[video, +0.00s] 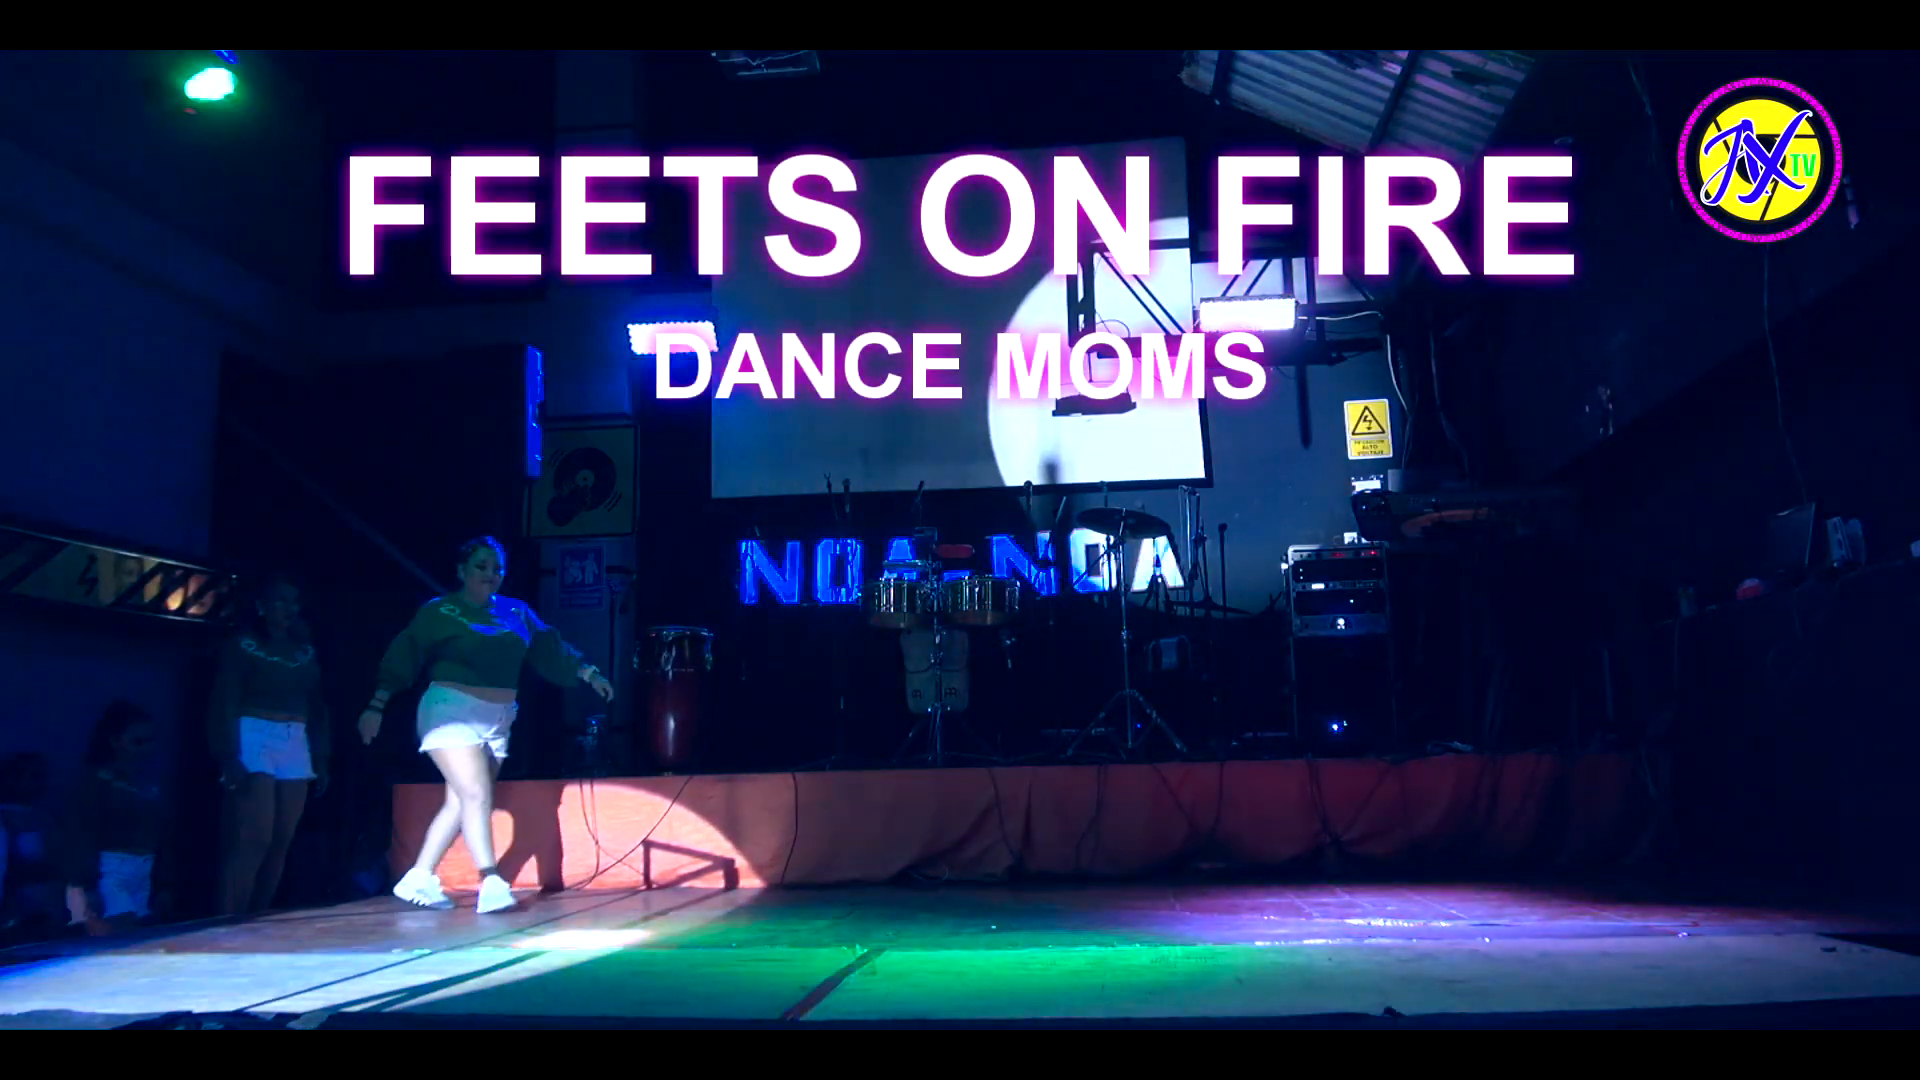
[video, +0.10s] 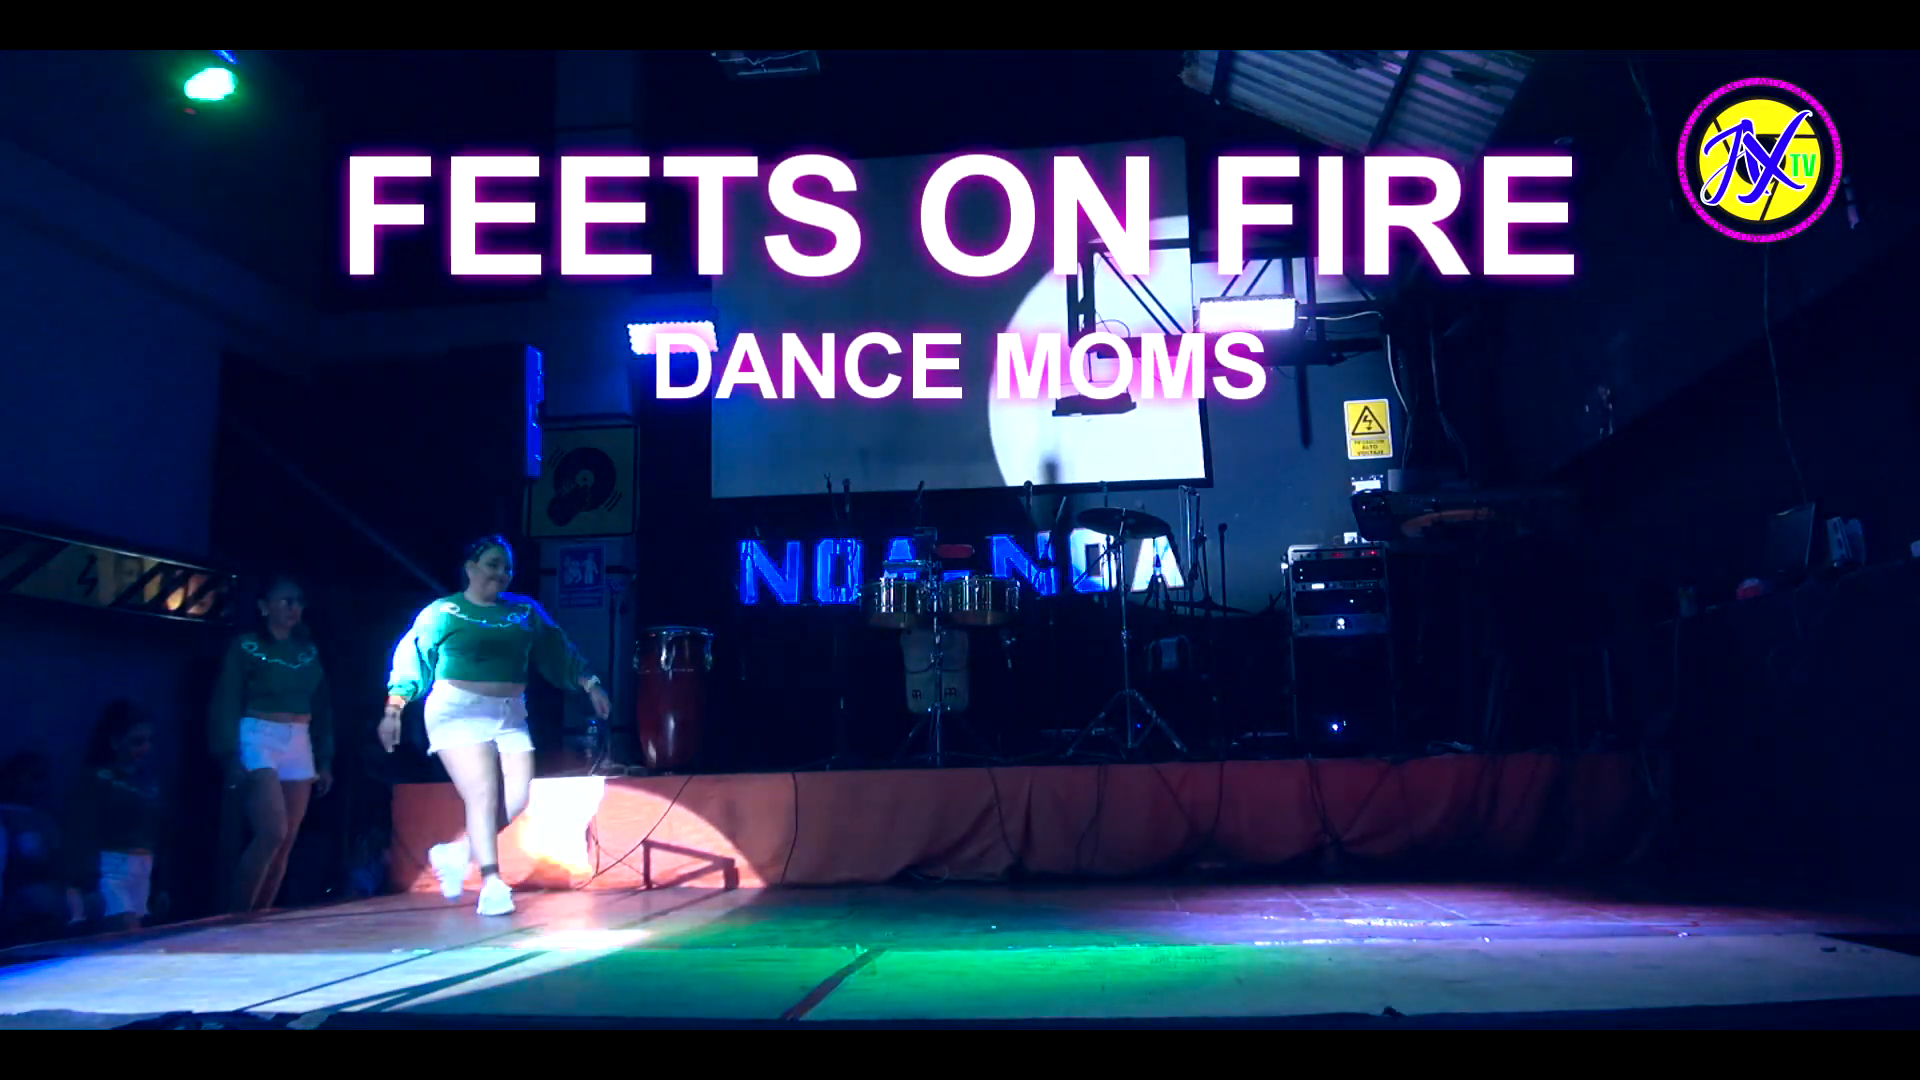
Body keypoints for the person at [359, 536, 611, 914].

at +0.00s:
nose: (489, 575)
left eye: (495, 569)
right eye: (481, 567)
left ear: (502, 574)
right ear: (462, 570)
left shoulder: (517, 614)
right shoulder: (440, 613)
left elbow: (553, 650)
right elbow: (402, 657)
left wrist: (588, 674)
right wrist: (376, 706)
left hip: (497, 719)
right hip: (449, 711)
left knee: (458, 803)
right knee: (476, 792)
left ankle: (418, 878)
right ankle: (490, 881)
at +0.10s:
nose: (498, 574)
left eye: (504, 567)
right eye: (491, 566)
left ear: (509, 573)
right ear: (469, 567)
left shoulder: (524, 612)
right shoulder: (442, 614)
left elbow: (560, 650)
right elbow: (410, 658)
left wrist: (591, 685)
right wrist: (393, 708)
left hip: (510, 713)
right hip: (457, 711)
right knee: (482, 794)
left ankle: (454, 855)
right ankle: (492, 883)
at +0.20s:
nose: (511, 572)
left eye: (515, 566)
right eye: (503, 564)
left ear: (519, 573)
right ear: (480, 566)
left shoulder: (531, 615)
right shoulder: (449, 615)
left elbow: (562, 660)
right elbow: (421, 664)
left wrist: (586, 696)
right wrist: (416, 709)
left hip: (520, 713)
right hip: (464, 714)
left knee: (546, 788)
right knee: (487, 795)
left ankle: (510, 841)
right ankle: (493, 882)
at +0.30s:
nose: (522, 567)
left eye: (527, 561)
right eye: (515, 558)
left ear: (530, 569)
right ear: (490, 560)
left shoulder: (539, 610)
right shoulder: (456, 609)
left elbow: (563, 658)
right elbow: (425, 656)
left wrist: (575, 701)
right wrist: (437, 683)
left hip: (530, 707)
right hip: (473, 709)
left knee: (547, 783)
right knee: (490, 795)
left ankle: (536, 864)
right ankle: (494, 882)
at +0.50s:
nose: (540, 564)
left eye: (545, 558)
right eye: (531, 556)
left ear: (549, 563)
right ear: (505, 560)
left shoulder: (559, 607)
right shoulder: (475, 601)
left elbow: (578, 659)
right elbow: (432, 642)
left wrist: (574, 699)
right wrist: (447, 634)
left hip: (545, 707)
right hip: (487, 708)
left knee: (545, 796)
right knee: (499, 803)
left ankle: (555, 884)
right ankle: (504, 883)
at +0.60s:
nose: (549, 562)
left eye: (554, 555)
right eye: (540, 553)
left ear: (559, 561)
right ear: (516, 558)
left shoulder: (568, 606)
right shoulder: (486, 599)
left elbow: (587, 663)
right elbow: (456, 644)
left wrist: (586, 703)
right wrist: (448, 632)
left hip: (554, 707)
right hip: (497, 707)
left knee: (551, 800)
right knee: (505, 803)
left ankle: (555, 890)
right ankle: (506, 881)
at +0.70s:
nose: (559, 556)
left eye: (564, 549)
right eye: (549, 549)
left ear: (570, 557)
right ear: (526, 555)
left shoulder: (578, 603)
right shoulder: (501, 592)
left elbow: (596, 658)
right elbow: (463, 624)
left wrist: (603, 700)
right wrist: (432, 646)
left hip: (568, 704)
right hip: (509, 704)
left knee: (562, 806)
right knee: (511, 810)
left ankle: (558, 892)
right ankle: (508, 876)